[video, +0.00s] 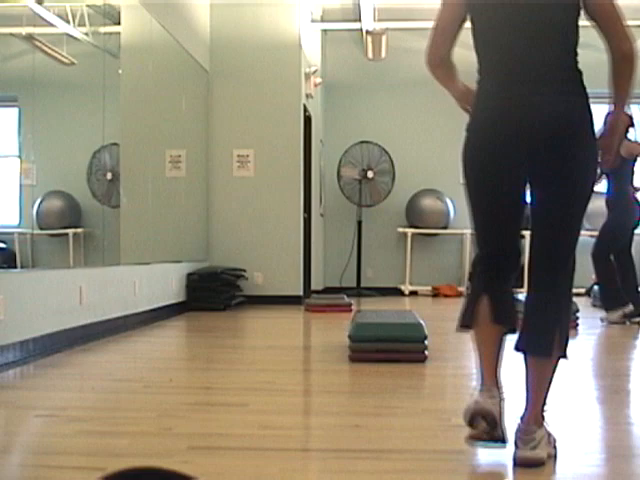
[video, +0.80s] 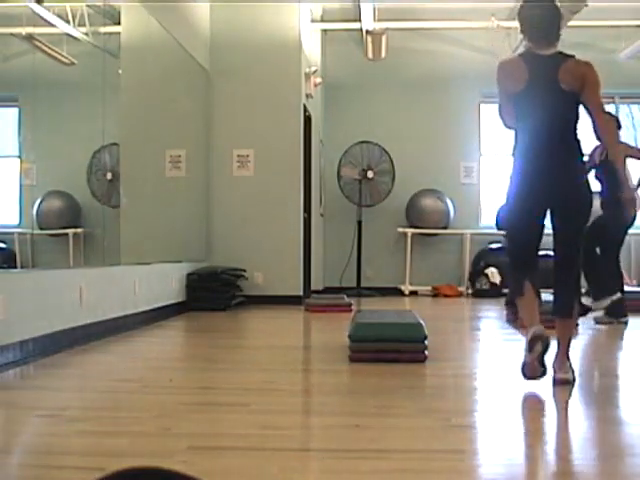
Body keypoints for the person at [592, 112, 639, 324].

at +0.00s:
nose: (609, 125)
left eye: (612, 122)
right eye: (610, 122)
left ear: (616, 126)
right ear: (624, 127)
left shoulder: (625, 147)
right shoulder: (609, 146)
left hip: (623, 210)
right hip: (622, 209)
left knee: (599, 252)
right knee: (623, 255)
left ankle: (615, 304)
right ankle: (633, 303)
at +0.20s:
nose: (602, 127)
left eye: (606, 124)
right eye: (602, 123)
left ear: (617, 127)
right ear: (608, 127)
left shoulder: (619, 146)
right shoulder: (612, 147)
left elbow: (624, 167)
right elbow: (618, 171)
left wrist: (602, 173)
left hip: (627, 208)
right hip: (616, 207)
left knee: (618, 257)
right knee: (592, 249)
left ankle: (624, 309)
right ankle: (613, 292)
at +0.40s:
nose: (596, 128)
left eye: (601, 123)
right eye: (596, 123)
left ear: (613, 127)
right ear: (610, 127)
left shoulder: (612, 149)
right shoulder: (610, 149)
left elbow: (615, 183)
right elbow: (602, 167)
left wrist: (609, 206)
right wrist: (584, 170)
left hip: (626, 211)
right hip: (622, 210)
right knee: (625, 260)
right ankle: (625, 310)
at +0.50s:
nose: (598, 126)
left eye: (602, 122)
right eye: (598, 122)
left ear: (614, 125)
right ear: (610, 126)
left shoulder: (615, 147)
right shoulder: (618, 147)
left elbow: (618, 176)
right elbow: (617, 179)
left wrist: (595, 180)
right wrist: (595, 179)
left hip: (615, 209)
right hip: (623, 208)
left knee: (593, 251)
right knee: (622, 258)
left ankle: (605, 304)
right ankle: (625, 308)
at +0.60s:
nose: (599, 127)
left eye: (602, 123)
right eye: (598, 123)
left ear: (614, 125)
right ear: (603, 126)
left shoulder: (618, 147)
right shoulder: (610, 148)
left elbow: (631, 173)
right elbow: (613, 176)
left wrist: (613, 190)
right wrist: (599, 186)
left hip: (616, 205)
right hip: (608, 204)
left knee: (610, 258)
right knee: (607, 258)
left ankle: (621, 310)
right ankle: (615, 308)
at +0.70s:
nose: (596, 128)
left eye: (600, 124)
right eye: (595, 124)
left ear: (612, 127)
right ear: (596, 127)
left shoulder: (617, 147)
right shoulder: (602, 150)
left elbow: (638, 166)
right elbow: (599, 175)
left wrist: (629, 188)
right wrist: (586, 181)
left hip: (620, 205)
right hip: (611, 204)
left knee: (593, 248)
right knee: (608, 253)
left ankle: (611, 299)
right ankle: (615, 300)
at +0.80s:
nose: (601, 130)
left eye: (605, 126)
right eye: (600, 126)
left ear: (613, 128)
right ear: (606, 129)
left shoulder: (612, 149)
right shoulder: (598, 151)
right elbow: (581, 173)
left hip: (618, 208)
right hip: (616, 208)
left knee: (588, 240)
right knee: (610, 255)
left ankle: (601, 291)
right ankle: (616, 305)